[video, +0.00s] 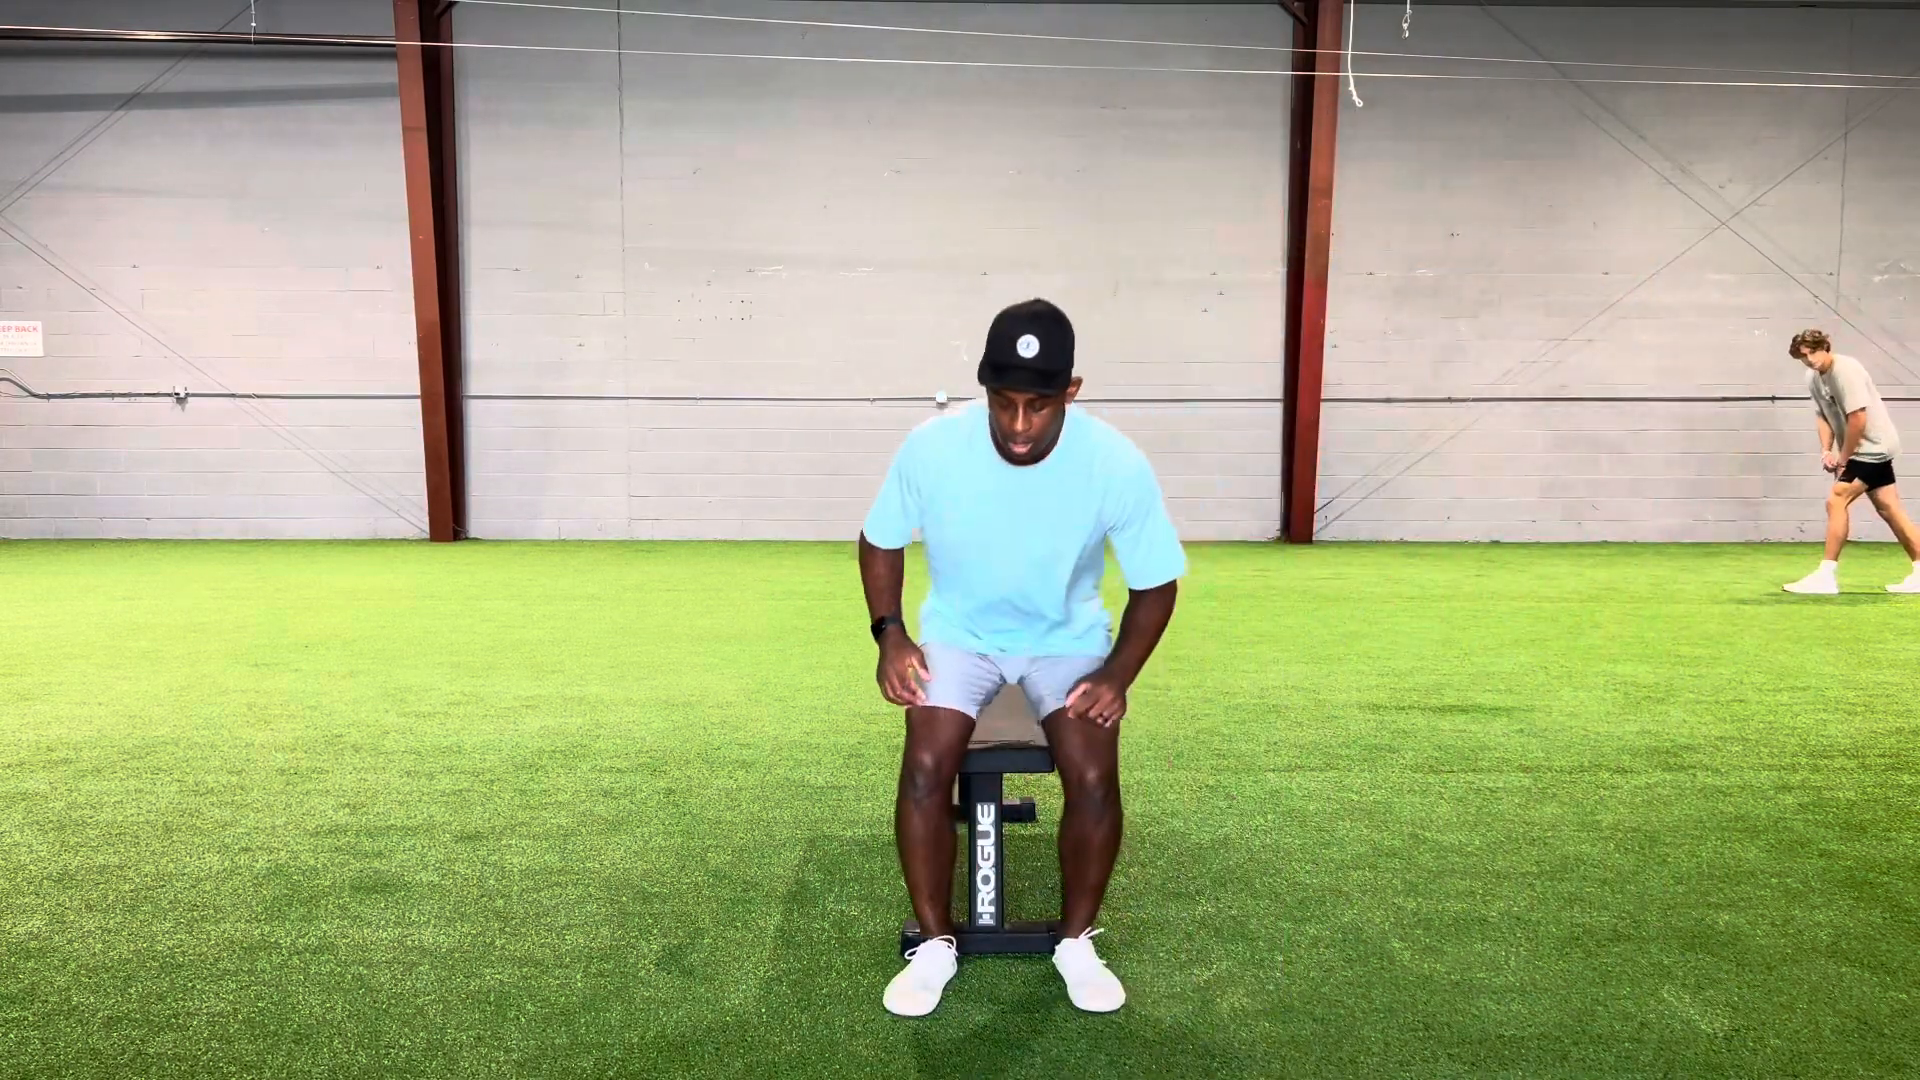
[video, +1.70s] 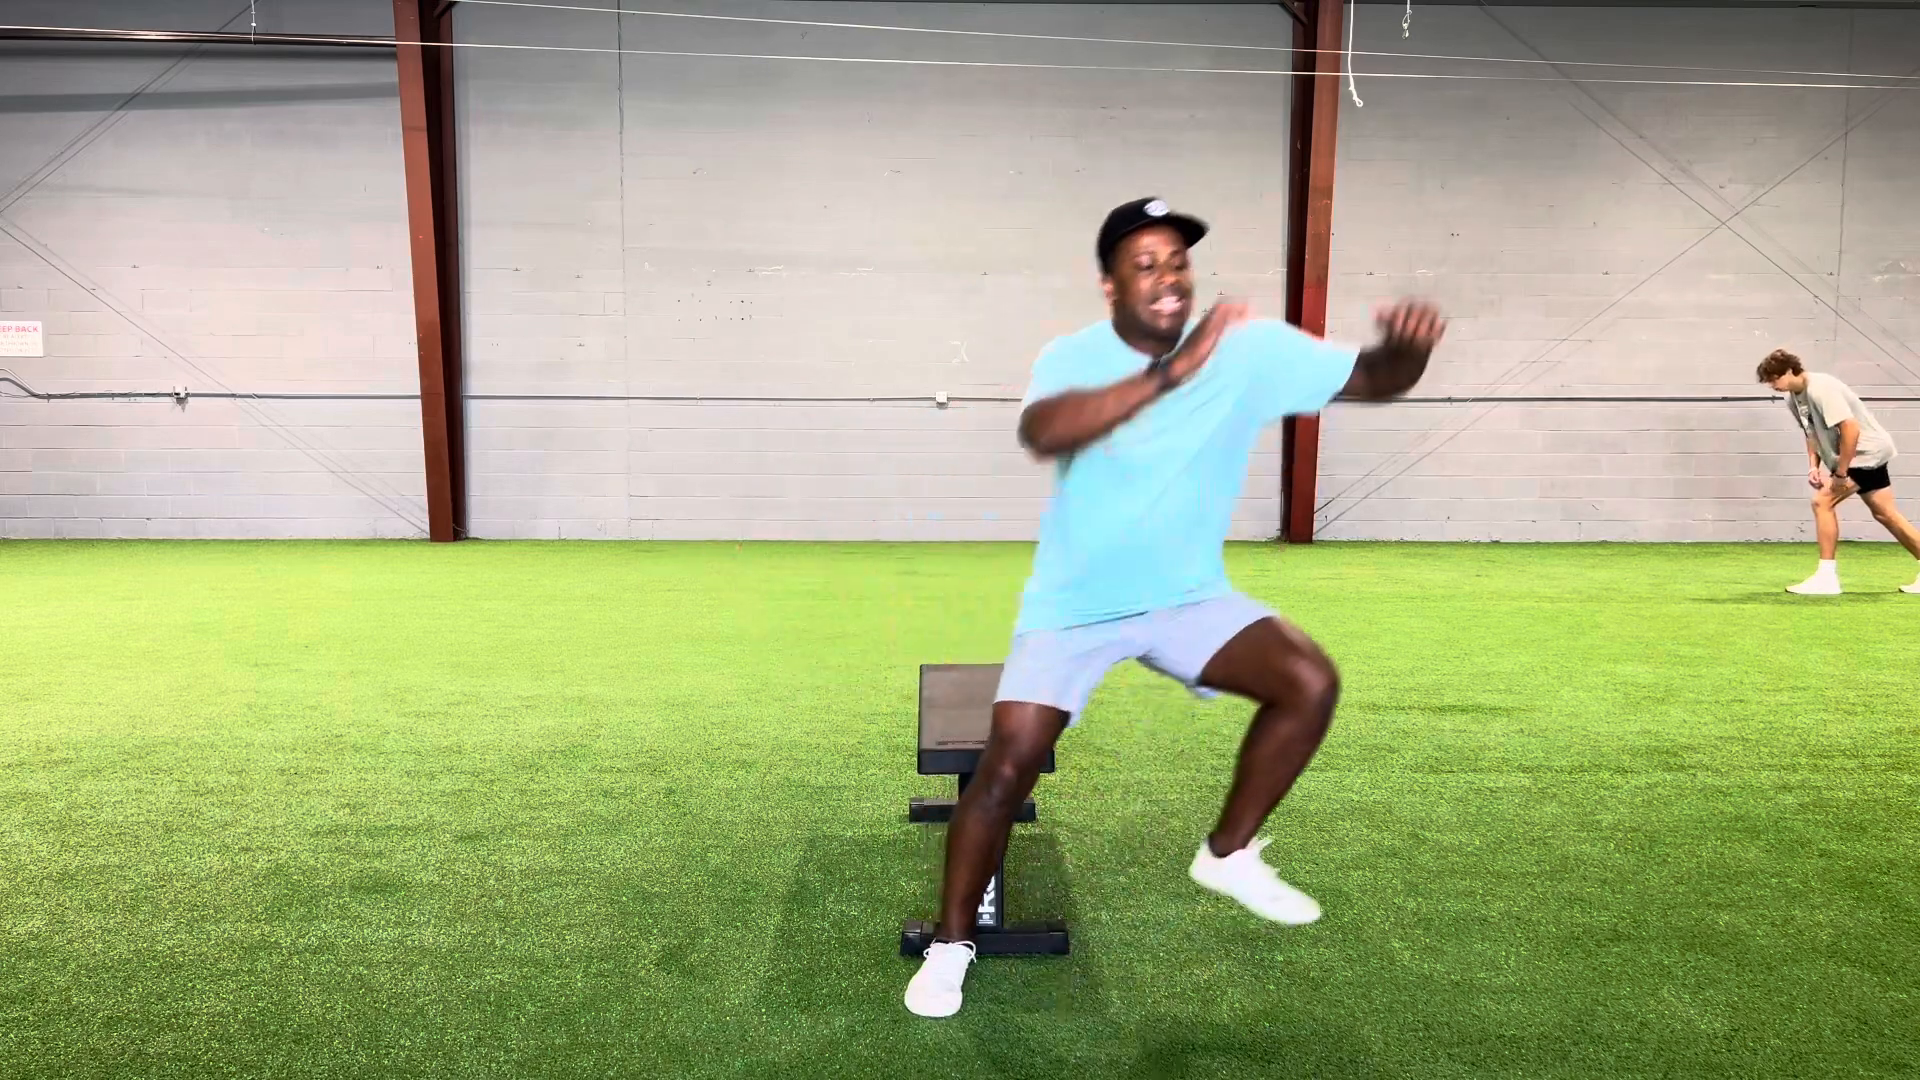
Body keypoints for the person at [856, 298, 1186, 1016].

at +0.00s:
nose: (1019, 424)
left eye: (1038, 406)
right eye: (1004, 403)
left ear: (1070, 392)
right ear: (985, 384)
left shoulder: (1113, 463)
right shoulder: (931, 449)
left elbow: (1159, 581)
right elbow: (880, 540)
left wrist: (1117, 676)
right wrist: (891, 633)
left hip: (1068, 637)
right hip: (957, 632)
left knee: (1092, 776)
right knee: (925, 765)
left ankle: (1077, 939)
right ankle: (935, 941)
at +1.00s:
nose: (998, 426)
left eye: (1012, 408)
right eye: (982, 409)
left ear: (1033, 410)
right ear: (959, 412)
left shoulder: (1074, 492)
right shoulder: (909, 497)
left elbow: (1084, 614)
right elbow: (848, 596)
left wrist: (1009, 639)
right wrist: (844, 656)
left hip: (1042, 673)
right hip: (946, 675)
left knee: (1095, 707)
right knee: (935, 741)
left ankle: (1050, 896)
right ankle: (935, 926)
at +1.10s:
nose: (999, 434)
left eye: (1013, 417)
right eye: (983, 418)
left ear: (1036, 419)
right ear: (960, 419)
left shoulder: (1067, 497)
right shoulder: (907, 486)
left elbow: (1037, 624)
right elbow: (800, 532)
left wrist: (919, 608)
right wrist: (752, 605)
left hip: (1047, 671)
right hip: (951, 668)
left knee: (1110, 715)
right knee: (945, 749)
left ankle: (1058, 893)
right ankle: (945, 935)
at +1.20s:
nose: (999, 430)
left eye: (1014, 414)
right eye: (982, 413)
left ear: (1037, 419)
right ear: (958, 417)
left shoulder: (1062, 503)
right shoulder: (909, 465)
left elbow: (988, 620)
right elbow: (799, 455)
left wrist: (864, 566)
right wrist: (709, 521)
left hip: (1043, 664)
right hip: (948, 658)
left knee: (1122, 733)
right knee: (949, 760)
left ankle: (1048, 899)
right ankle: (945, 941)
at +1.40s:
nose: (1036, 411)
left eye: (1052, 394)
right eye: (1018, 393)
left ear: (1073, 402)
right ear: (991, 398)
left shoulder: (1096, 495)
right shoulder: (935, 444)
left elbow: (1006, 614)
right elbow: (842, 427)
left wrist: (878, 567)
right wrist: (759, 505)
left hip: (1059, 649)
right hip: (961, 641)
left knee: (1099, 774)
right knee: (965, 773)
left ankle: (1018, 916)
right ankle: (947, 942)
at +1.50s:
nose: (1071, 365)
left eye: (1085, 346)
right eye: (1050, 347)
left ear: (1104, 356)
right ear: (1021, 359)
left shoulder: (1134, 451)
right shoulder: (962, 440)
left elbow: (1087, 593)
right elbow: (871, 518)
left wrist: (954, 627)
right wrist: (819, 631)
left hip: (1083, 641)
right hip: (982, 637)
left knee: (1127, 773)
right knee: (976, 778)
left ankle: (1022, 909)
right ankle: (948, 944)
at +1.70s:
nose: (1166, 281)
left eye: (1178, 266)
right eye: (1146, 269)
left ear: (1196, 274)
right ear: (1109, 284)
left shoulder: (1250, 348)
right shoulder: (1074, 357)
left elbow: (1371, 378)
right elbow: (1041, 434)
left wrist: (1406, 351)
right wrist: (1164, 373)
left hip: (1189, 599)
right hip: (1070, 606)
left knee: (1311, 682)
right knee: (1008, 762)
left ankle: (1228, 851)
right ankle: (950, 942)